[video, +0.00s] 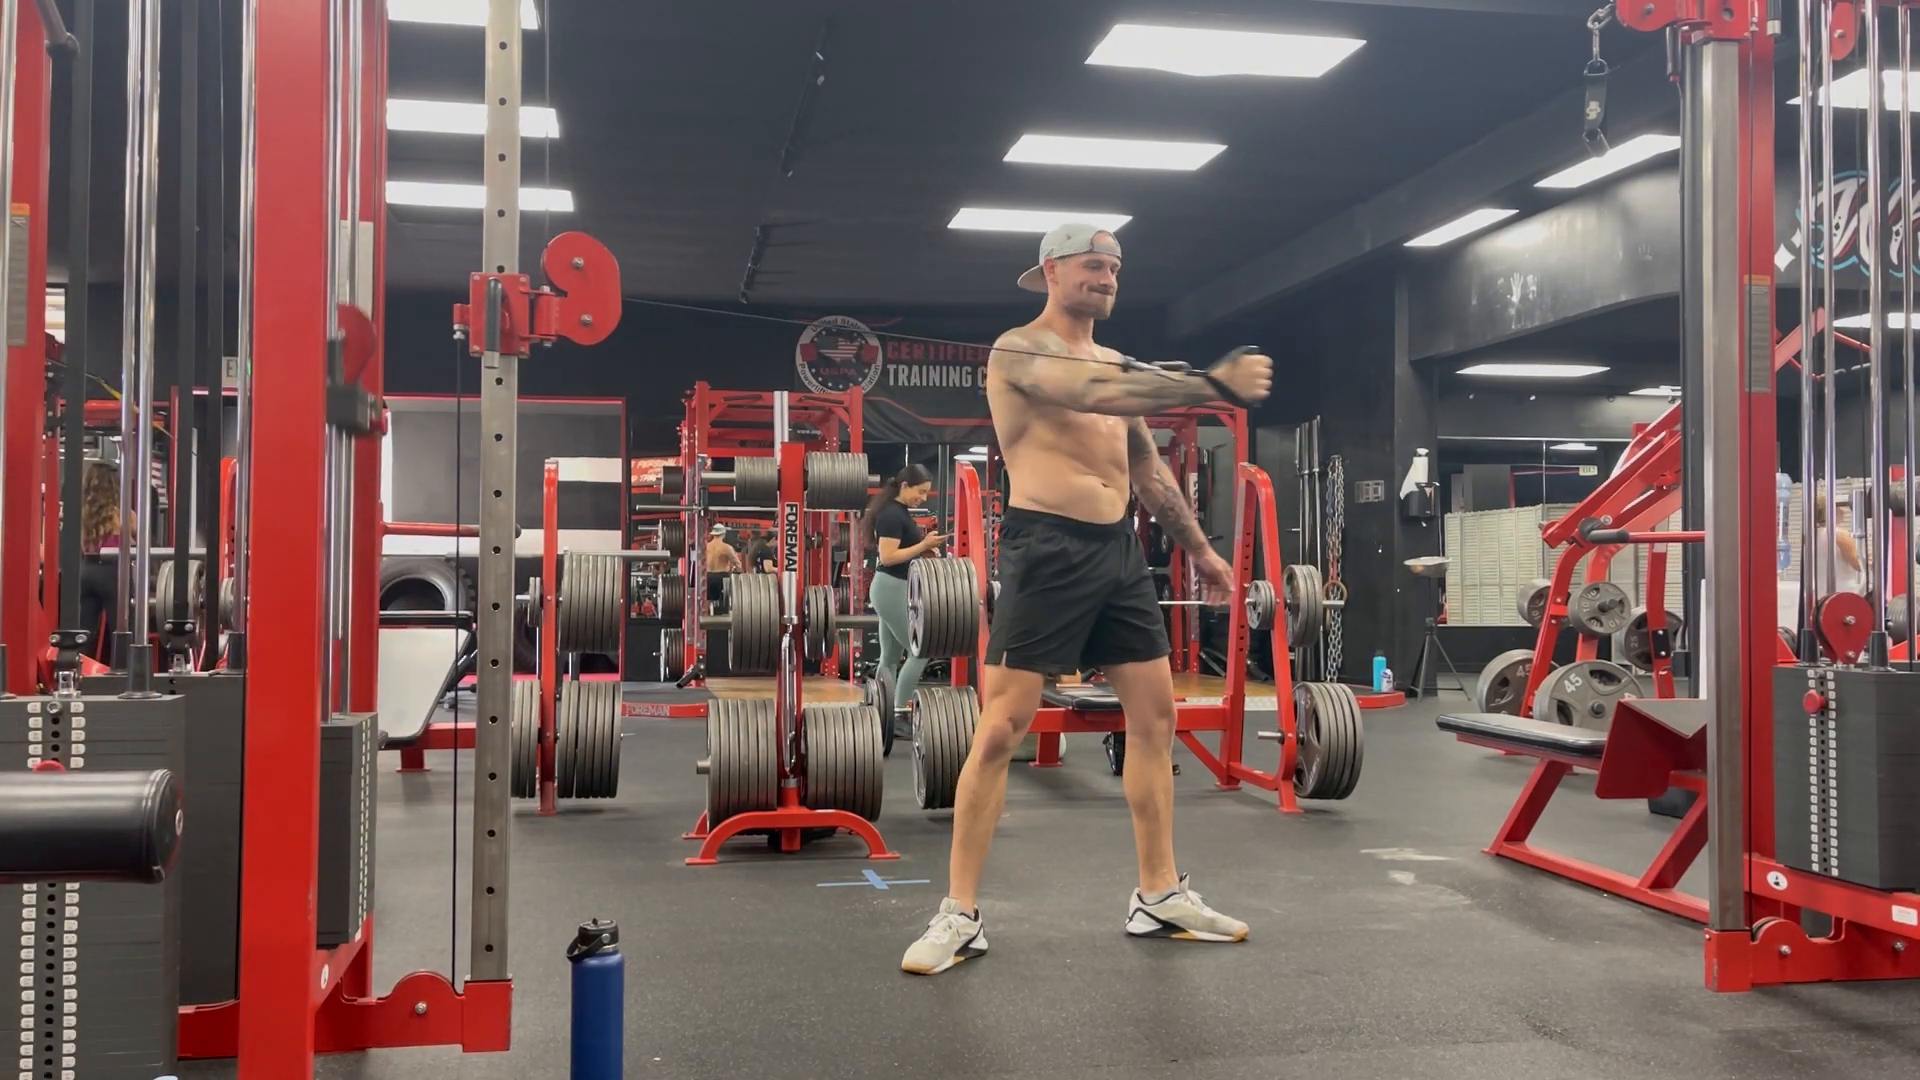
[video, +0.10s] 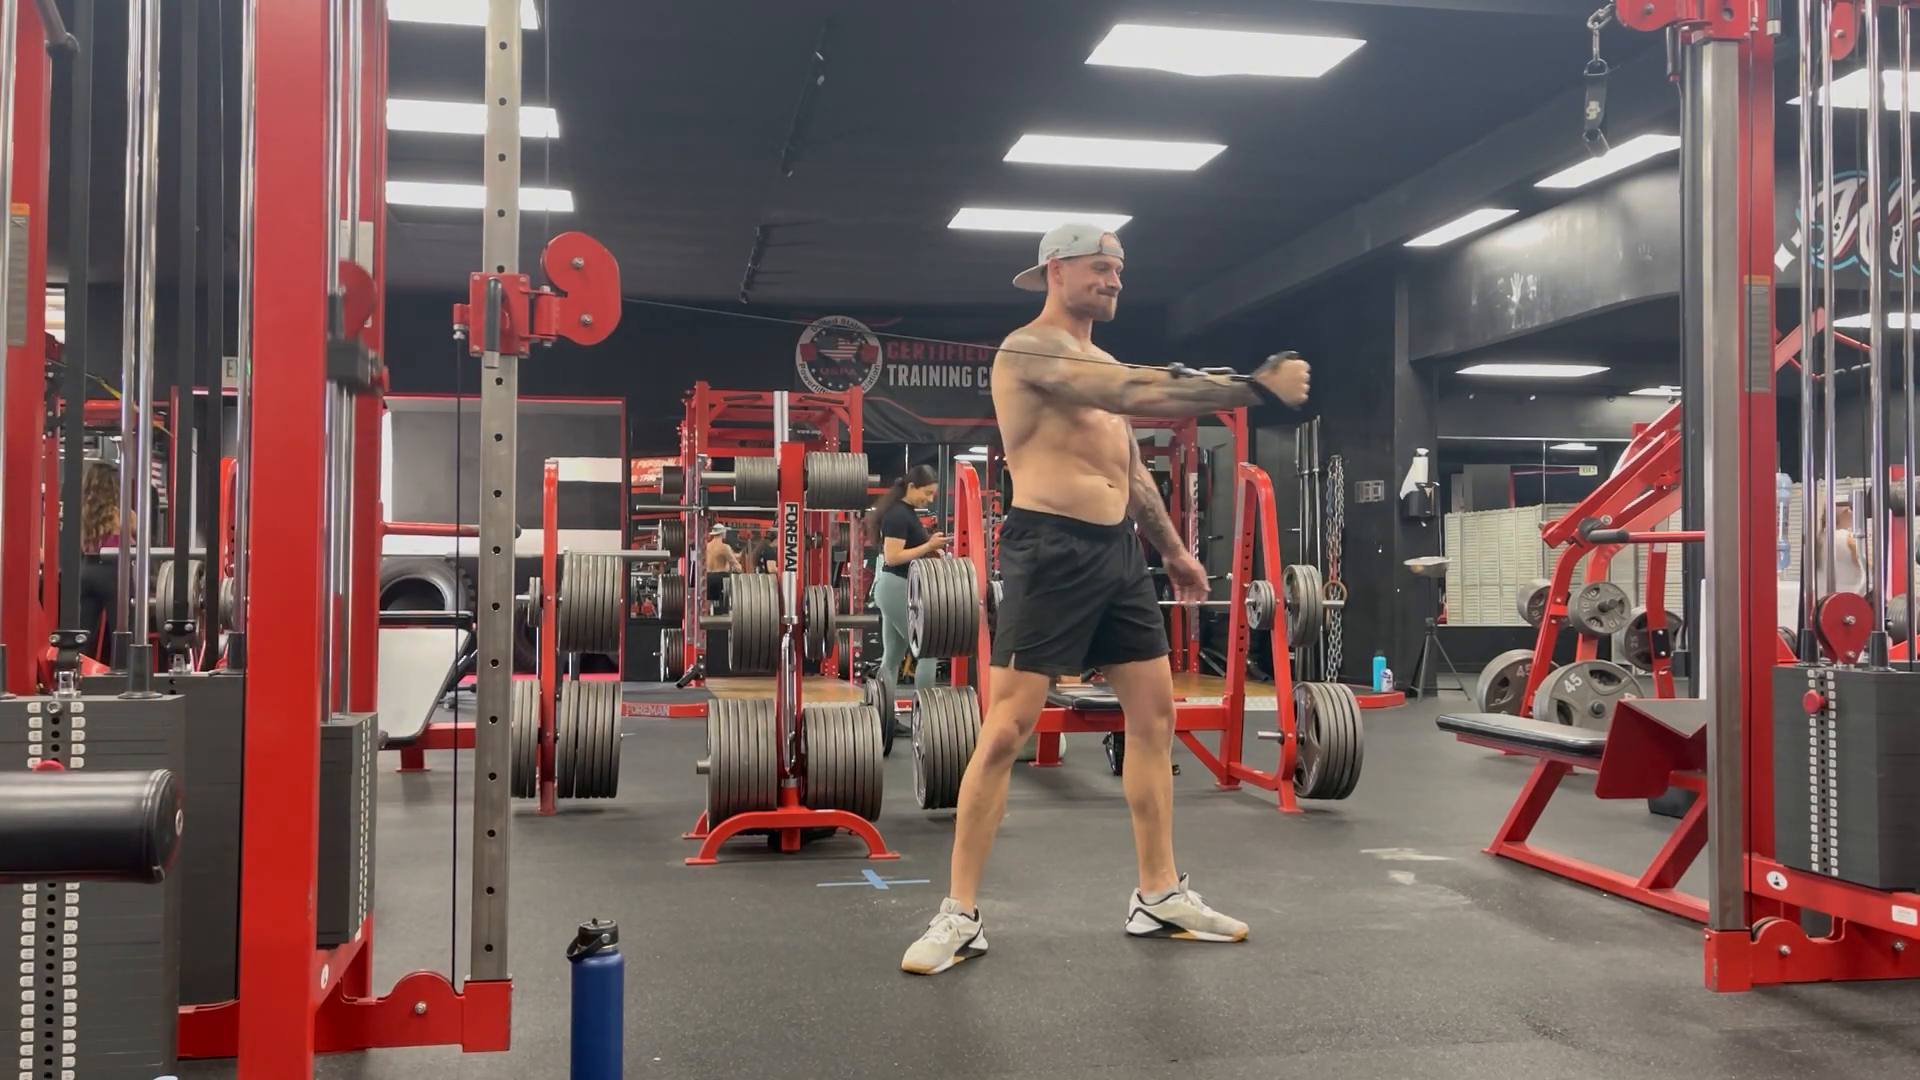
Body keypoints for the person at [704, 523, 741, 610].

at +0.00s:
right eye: (724, 534)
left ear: (713, 534)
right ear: (723, 535)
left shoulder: (707, 546)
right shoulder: (726, 547)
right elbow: (737, 563)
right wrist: (738, 572)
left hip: (709, 573)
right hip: (723, 573)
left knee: (708, 601)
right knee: (722, 602)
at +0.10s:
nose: (725, 535)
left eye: (725, 533)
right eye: (725, 533)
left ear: (713, 534)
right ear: (722, 534)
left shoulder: (708, 546)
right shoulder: (725, 547)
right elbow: (733, 561)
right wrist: (739, 568)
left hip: (709, 573)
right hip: (721, 573)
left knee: (709, 601)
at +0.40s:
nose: (727, 536)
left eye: (727, 534)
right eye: (725, 534)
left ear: (717, 534)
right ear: (720, 533)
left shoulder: (710, 545)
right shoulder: (719, 546)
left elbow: (730, 553)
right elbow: (726, 565)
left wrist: (748, 555)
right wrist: (733, 573)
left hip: (711, 573)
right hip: (720, 574)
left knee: (710, 600)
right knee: (721, 603)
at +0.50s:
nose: (727, 536)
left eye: (727, 533)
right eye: (725, 533)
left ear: (717, 534)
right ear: (721, 533)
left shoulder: (710, 545)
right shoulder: (718, 546)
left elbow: (731, 553)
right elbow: (724, 565)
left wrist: (749, 554)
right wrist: (732, 574)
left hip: (711, 573)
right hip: (719, 573)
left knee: (710, 600)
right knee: (721, 602)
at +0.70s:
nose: (726, 535)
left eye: (726, 533)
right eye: (725, 533)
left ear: (716, 534)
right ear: (720, 534)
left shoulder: (709, 545)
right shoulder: (719, 547)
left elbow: (731, 553)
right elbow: (726, 565)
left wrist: (749, 554)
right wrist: (733, 570)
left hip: (711, 573)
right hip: (720, 574)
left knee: (710, 601)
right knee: (721, 603)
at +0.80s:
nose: (725, 535)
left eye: (725, 533)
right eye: (724, 533)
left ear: (715, 534)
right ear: (720, 534)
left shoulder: (709, 545)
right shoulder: (720, 547)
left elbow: (729, 553)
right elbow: (729, 564)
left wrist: (745, 555)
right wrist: (736, 574)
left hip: (710, 573)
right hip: (721, 573)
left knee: (709, 600)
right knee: (722, 602)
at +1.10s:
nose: (724, 536)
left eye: (723, 534)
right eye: (724, 534)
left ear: (713, 534)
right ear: (722, 534)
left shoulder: (707, 546)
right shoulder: (726, 547)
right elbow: (738, 565)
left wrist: (735, 556)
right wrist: (731, 567)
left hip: (709, 573)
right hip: (722, 573)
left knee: (710, 601)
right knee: (723, 603)